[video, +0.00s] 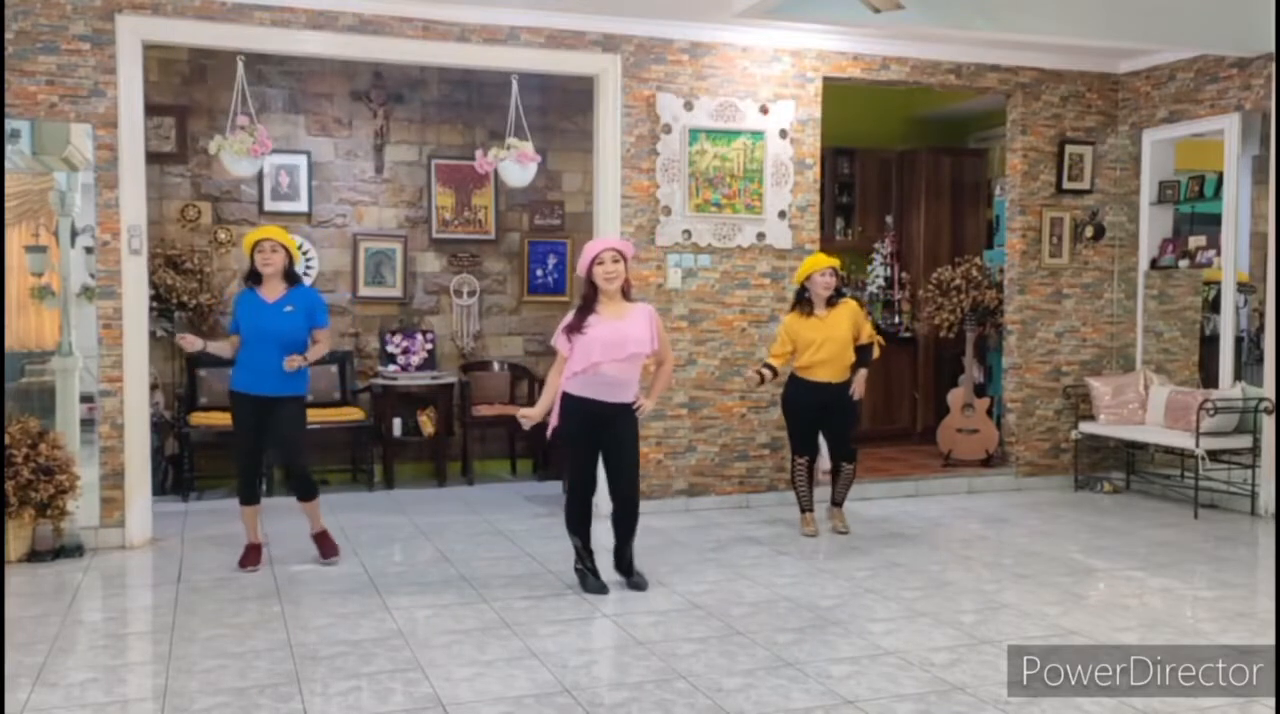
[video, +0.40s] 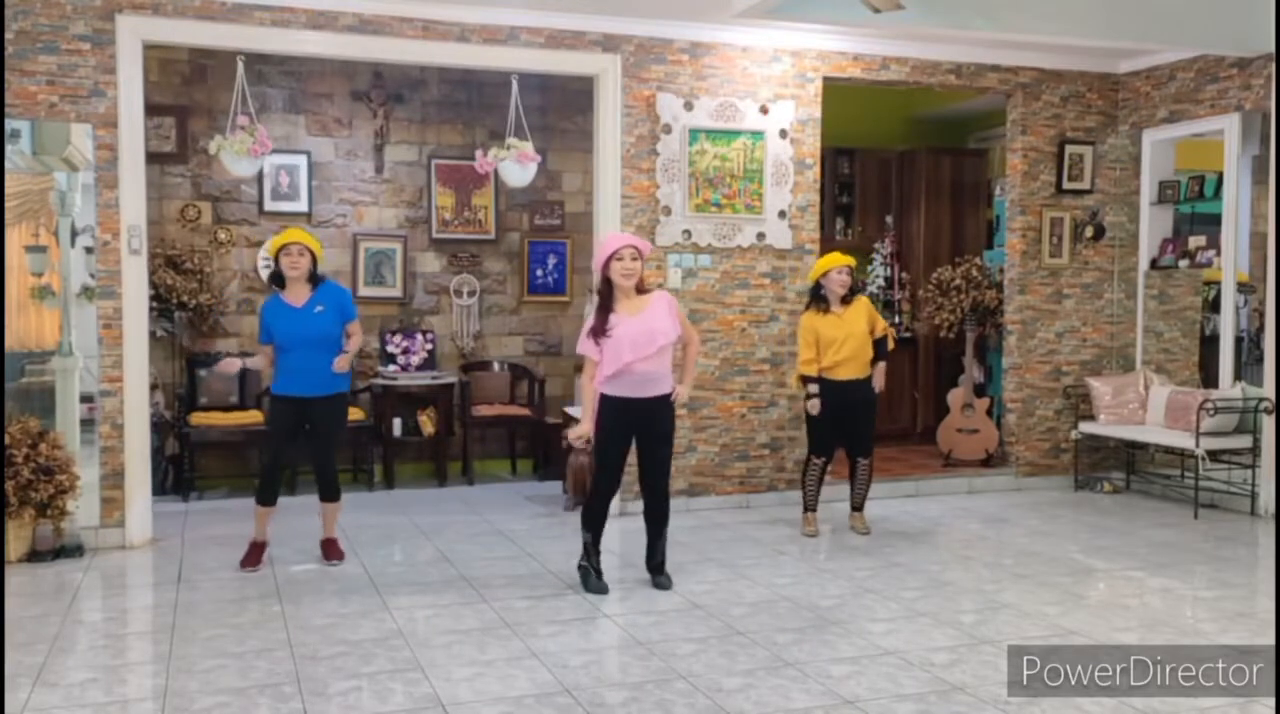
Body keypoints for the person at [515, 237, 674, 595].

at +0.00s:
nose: (609, 269)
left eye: (615, 262)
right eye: (601, 264)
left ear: (626, 270)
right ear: (590, 273)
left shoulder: (644, 315)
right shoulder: (578, 318)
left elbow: (666, 361)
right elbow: (558, 369)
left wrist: (651, 397)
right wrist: (539, 409)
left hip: (621, 412)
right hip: (578, 409)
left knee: (627, 493)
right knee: (581, 489)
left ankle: (625, 559)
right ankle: (584, 563)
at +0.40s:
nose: (627, 266)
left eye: (633, 259)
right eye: (619, 260)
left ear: (643, 266)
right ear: (606, 269)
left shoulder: (663, 302)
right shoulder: (601, 315)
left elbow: (692, 340)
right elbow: (589, 373)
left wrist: (685, 384)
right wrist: (587, 421)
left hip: (658, 406)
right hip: (614, 407)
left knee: (656, 487)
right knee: (604, 484)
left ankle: (657, 563)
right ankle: (590, 559)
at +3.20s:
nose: (639, 270)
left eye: (645, 264)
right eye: (631, 264)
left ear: (652, 272)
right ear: (615, 272)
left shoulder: (665, 309)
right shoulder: (604, 321)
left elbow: (683, 360)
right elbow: (599, 379)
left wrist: (711, 398)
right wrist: (620, 412)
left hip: (673, 407)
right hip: (633, 412)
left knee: (664, 491)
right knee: (648, 487)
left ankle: (647, 565)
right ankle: (629, 554)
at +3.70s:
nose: (641, 266)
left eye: (647, 259)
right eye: (633, 260)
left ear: (657, 268)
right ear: (620, 271)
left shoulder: (660, 313)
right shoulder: (611, 312)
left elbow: (659, 368)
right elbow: (584, 363)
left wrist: (676, 403)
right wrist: (597, 417)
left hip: (660, 409)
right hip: (623, 409)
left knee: (655, 493)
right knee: (633, 492)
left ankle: (646, 567)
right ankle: (604, 562)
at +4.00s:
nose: (637, 265)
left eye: (643, 258)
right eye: (628, 259)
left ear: (653, 267)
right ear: (616, 268)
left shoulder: (657, 315)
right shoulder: (602, 308)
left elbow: (655, 372)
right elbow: (564, 350)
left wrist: (664, 416)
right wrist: (554, 406)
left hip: (646, 410)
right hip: (606, 411)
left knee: (646, 491)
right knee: (605, 491)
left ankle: (641, 563)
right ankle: (599, 565)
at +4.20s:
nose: (633, 266)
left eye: (640, 258)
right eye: (624, 260)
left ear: (650, 266)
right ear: (613, 269)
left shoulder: (655, 317)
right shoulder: (597, 306)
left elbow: (654, 375)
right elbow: (554, 345)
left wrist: (662, 421)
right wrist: (535, 396)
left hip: (639, 410)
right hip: (598, 409)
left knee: (635, 492)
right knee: (597, 490)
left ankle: (630, 562)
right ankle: (598, 565)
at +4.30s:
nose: (632, 268)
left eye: (639, 260)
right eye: (623, 262)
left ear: (650, 268)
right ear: (612, 272)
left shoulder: (657, 320)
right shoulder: (596, 309)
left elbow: (656, 377)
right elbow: (556, 352)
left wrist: (661, 424)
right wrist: (533, 397)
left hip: (636, 410)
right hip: (595, 407)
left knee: (626, 490)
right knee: (595, 488)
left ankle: (620, 563)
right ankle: (597, 565)